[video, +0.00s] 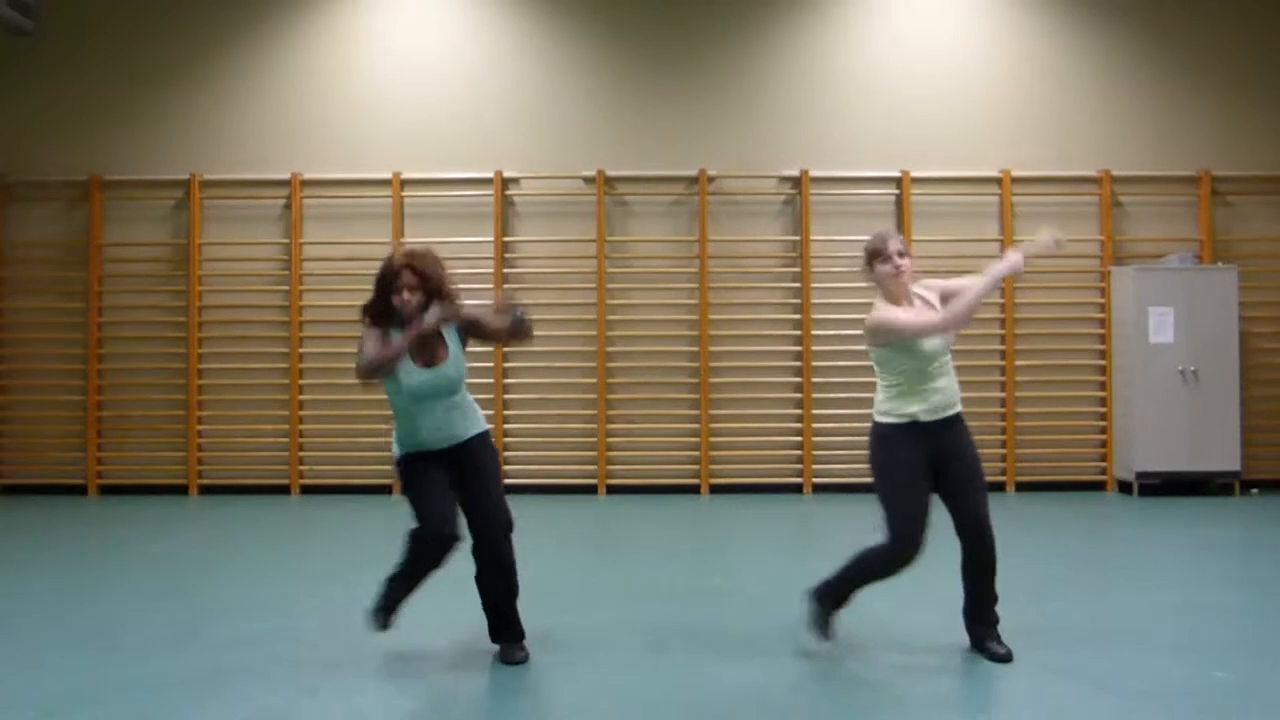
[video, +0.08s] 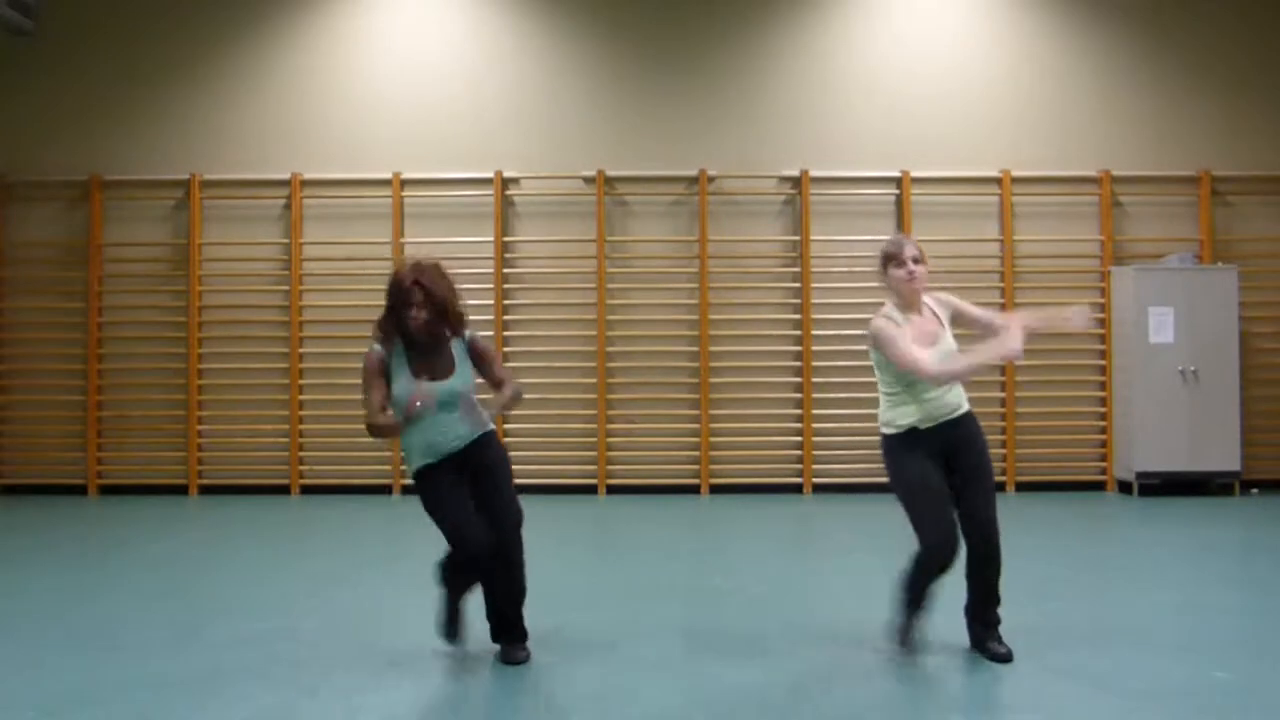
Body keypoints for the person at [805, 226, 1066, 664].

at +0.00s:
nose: (896, 263)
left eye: (900, 255)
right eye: (884, 260)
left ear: (912, 260)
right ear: (872, 273)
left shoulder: (932, 292)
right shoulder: (880, 320)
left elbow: (980, 282)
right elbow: (949, 321)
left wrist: (1027, 250)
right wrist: (997, 273)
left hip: (949, 429)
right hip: (898, 437)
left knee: (978, 533)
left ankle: (983, 631)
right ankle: (826, 597)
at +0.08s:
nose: (910, 269)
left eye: (916, 261)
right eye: (899, 264)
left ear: (926, 267)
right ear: (884, 275)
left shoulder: (940, 303)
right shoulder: (883, 325)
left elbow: (1001, 322)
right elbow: (927, 369)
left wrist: (1064, 320)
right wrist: (993, 352)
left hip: (958, 429)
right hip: (908, 442)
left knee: (985, 536)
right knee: (940, 543)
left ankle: (984, 631)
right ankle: (910, 610)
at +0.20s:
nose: (926, 272)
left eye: (933, 265)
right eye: (915, 267)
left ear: (943, 272)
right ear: (900, 277)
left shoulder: (963, 317)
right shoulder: (886, 325)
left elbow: (996, 378)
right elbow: (861, 387)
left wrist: (996, 432)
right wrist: (910, 426)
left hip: (970, 432)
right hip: (915, 441)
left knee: (987, 537)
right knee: (942, 542)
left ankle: (987, 632)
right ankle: (944, 624)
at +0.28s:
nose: (926, 262)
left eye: (933, 255)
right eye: (916, 255)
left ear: (944, 264)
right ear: (902, 265)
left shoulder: (965, 314)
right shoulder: (886, 303)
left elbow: (971, 383)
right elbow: (824, 326)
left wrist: (908, 400)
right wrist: (846, 370)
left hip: (964, 429)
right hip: (908, 433)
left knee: (979, 532)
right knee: (914, 534)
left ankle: (987, 630)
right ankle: (919, 616)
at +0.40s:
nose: (909, 245)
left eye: (918, 240)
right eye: (901, 238)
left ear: (931, 249)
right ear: (888, 245)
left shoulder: (938, 296)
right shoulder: (876, 274)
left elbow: (900, 347)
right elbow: (821, 251)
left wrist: (845, 315)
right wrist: (803, 271)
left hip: (947, 416)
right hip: (890, 417)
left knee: (966, 520)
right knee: (872, 520)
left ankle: (989, 628)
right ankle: (860, 626)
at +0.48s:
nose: (896, 246)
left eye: (906, 241)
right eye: (889, 239)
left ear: (919, 251)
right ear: (876, 245)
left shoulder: (921, 294)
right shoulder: (867, 275)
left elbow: (861, 324)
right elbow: (823, 242)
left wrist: (810, 278)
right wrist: (786, 233)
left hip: (931, 419)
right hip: (873, 419)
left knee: (956, 524)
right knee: (851, 524)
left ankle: (989, 629)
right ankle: (836, 634)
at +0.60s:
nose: (874, 255)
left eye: (883, 248)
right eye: (865, 247)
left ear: (896, 255)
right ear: (854, 252)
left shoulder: (897, 299)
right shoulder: (841, 282)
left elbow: (834, 313)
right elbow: (785, 260)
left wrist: (774, 274)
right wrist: (759, 217)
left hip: (897, 427)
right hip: (842, 425)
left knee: (914, 536)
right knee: (829, 536)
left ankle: (977, 623)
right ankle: (838, 635)